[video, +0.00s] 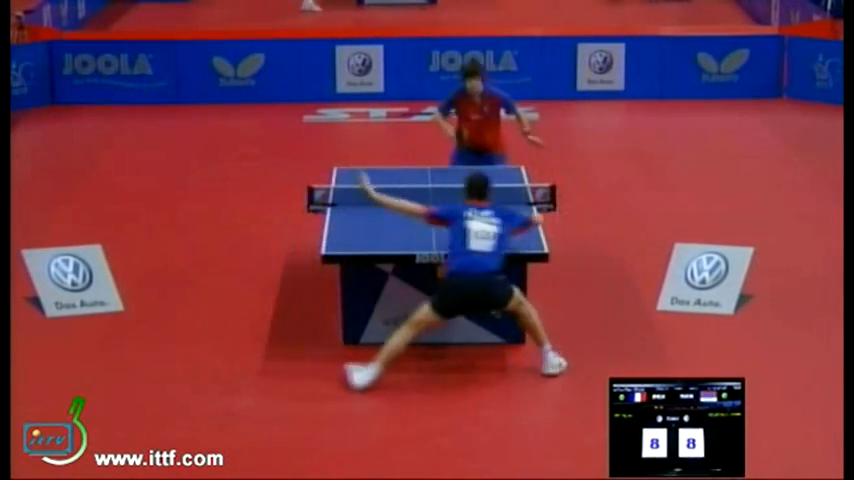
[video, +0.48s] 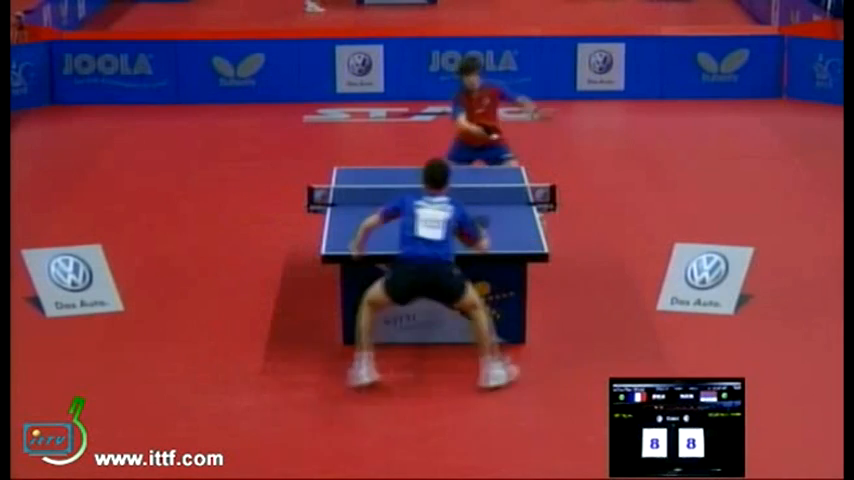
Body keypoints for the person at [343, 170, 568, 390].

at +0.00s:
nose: (472, 195)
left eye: (470, 191)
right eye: (480, 192)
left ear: (466, 194)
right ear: (488, 195)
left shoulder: (457, 213)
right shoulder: (503, 217)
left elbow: (418, 211)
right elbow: (534, 222)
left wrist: (375, 197)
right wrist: (537, 216)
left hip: (457, 283)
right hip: (492, 283)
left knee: (413, 326)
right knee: (523, 310)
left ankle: (371, 371)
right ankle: (550, 357)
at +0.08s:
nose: (492, 200)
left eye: (486, 196)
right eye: (497, 197)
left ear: (480, 199)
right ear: (502, 200)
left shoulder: (468, 216)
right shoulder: (512, 222)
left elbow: (434, 223)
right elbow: (535, 231)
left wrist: (388, 219)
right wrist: (536, 215)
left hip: (463, 284)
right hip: (498, 284)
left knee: (422, 326)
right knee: (530, 312)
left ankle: (393, 371)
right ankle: (559, 359)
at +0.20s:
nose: (492, 201)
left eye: (485, 197)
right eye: (497, 198)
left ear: (478, 199)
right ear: (501, 202)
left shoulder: (466, 218)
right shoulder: (507, 224)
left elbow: (432, 229)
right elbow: (526, 240)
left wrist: (387, 229)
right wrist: (546, 226)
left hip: (463, 287)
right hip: (498, 287)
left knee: (422, 315)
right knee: (531, 311)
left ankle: (409, 369)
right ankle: (559, 359)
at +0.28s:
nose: (471, 195)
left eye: (467, 190)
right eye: (475, 191)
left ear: (460, 195)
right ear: (483, 196)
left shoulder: (449, 217)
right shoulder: (492, 219)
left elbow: (410, 223)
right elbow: (521, 246)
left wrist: (365, 213)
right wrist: (530, 229)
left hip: (457, 289)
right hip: (493, 288)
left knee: (408, 307)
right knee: (524, 312)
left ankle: (404, 370)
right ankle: (558, 359)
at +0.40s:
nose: (446, 183)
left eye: (441, 178)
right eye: (453, 179)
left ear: (435, 181)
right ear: (460, 183)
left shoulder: (420, 204)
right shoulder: (468, 211)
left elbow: (384, 214)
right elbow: (496, 244)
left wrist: (353, 224)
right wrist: (500, 227)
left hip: (425, 278)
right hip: (461, 279)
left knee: (384, 304)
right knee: (496, 314)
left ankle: (391, 366)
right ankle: (532, 356)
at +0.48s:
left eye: (430, 179)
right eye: (443, 180)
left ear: (423, 182)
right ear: (447, 183)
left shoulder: (407, 203)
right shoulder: (455, 208)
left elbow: (369, 224)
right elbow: (479, 245)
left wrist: (357, 246)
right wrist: (483, 236)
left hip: (407, 270)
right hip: (443, 272)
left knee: (369, 304)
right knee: (477, 310)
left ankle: (363, 365)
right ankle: (492, 366)